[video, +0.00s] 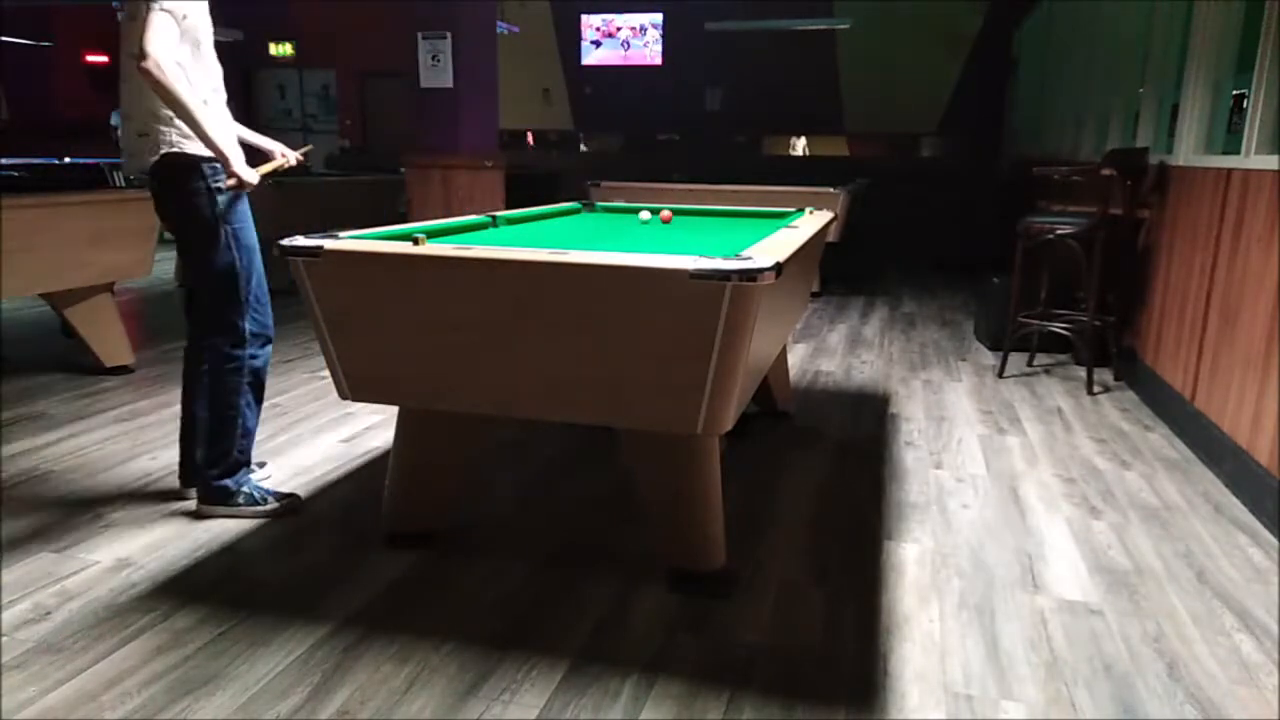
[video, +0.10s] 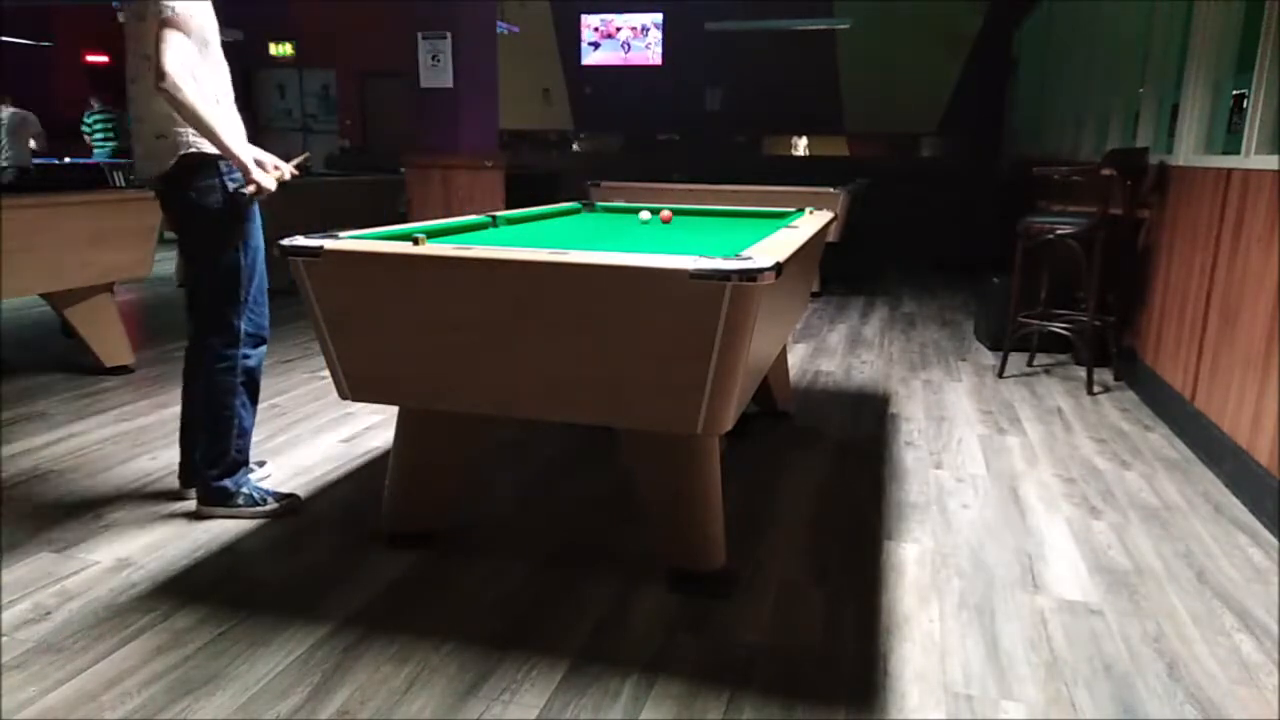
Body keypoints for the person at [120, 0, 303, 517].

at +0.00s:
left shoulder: (184, 14)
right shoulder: (171, 3)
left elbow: (197, 105)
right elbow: (153, 61)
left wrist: (262, 142)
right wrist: (228, 149)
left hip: (192, 167)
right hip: (200, 167)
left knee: (211, 326)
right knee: (247, 331)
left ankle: (203, 468)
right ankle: (226, 479)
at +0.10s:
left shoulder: (184, 11)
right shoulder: (177, 5)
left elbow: (194, 89)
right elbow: (171, 76)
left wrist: (251, 151)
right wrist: (243, 157)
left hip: (208, 168)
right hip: (208, 168)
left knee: (229, 327)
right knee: (235, 332)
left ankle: (209, 465)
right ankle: (223, 479)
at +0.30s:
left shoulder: (167, 16)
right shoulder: (109, 6)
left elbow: (170, 112)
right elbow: (89, 90)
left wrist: (247, 152)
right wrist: (165, 161)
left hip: (162, 172)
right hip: (124, 173)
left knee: (195, 305)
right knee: (147, 316)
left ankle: (201, 419)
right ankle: (124, 447)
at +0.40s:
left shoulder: (148, 14)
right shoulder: (89, 8)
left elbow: (162, 104)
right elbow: (61, 94)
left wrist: (241, 140)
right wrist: (144, 159)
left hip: (147, 167)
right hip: (113, 171)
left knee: (179, 305)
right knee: (144, 313)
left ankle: (159, 415)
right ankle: (120, 447)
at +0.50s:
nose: (238, 3)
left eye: (240, 1)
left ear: (225, 4)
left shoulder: (223, 32)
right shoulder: (155, 19)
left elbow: (243, 115)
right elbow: (115, 104)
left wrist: (304, 144)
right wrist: (189, 157)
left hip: (191, 173)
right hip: (162, 173)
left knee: (185, 287)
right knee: (238, 282)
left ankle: (169, 406)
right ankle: (222, 411)